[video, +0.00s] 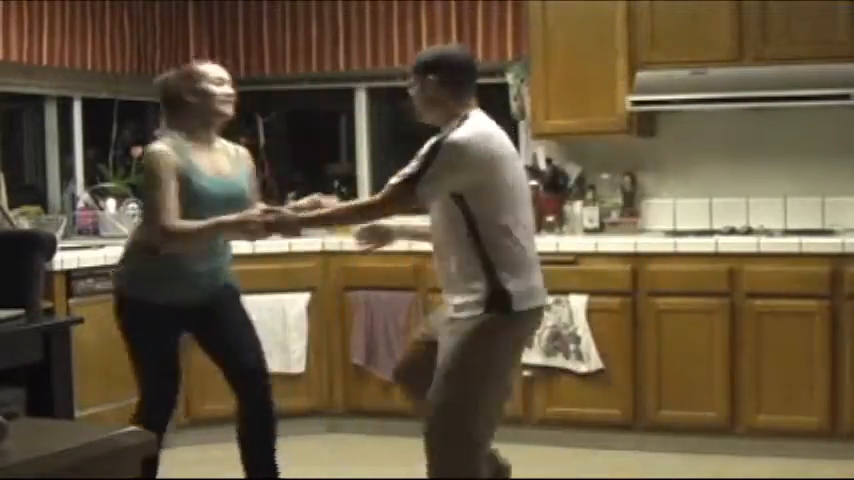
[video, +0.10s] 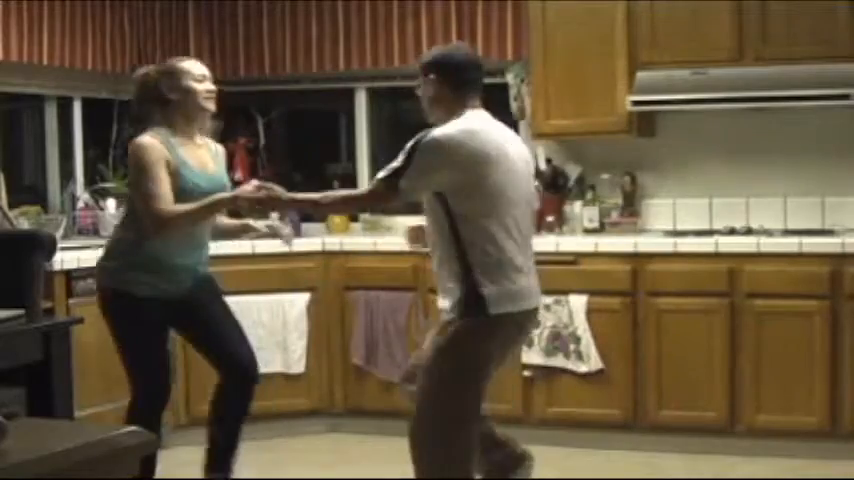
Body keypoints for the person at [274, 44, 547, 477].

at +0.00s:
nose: (411, 98)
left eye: (414, 88)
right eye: (411, 88)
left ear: (436, 87)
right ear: (462, 87)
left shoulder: (460, 142)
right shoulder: (480, 134)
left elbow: (383, 205)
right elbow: (464, 227)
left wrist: (301, 221)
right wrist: (394, 229)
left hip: (496, 310)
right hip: (474, 301)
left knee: (451, 440)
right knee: (415, 375)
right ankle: (486, 464)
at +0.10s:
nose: (419, 92)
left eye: (422, 82)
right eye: (420, 82)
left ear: (438, 84)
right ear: (474, 84)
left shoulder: (442, 143)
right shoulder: (508, 139)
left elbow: (371, 199)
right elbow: (518, 214)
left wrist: (287, 200)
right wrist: (442, 236)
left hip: (483, 312)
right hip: (517, 305)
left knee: (438, 429)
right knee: (419, 382)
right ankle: (501, 460)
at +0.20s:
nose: (431, 91)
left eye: (434, 82)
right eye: (433, 82)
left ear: (445, 85)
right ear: (488, 89)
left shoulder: (430, 140)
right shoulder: (529, 147)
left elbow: (361, 194)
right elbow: (554, 231)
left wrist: (287, 183)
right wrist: (490, 231)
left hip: (466, 314)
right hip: (520, 309)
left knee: (423, 433)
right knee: (471, 419)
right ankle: (512, 476)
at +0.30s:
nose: (441, 93)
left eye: (443, 87)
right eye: (442, 88)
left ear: (449, 87)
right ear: (500, 89)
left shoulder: (423, 139)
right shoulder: (543, 150)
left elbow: (362, 195)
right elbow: (578, 232)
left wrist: (295, 175)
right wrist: (531, 232)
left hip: (454, 316)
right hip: (524, 312)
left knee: (412, 428)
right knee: (501, 422)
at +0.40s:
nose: (516, 92)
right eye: (514, 86)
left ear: (457, 90)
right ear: (511, 88)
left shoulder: (421, 141)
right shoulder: (548, 147)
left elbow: (370, 196)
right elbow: (591, 225)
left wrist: (315, 171)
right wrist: (610, 240)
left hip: (451, 315)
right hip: (529, 316)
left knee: (382, 416)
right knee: (521, 431)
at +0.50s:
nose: (528, 97)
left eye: (528, 86)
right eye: (526, 87)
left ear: (465, 89)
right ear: (510, 86)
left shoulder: (419, 138)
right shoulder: (543, 139)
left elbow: (377, 194)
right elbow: (589, 217)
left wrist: (320, 166)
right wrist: (635, 251)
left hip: (442, 308)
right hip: (520, 309)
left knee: (388, 421)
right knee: (520, 434)